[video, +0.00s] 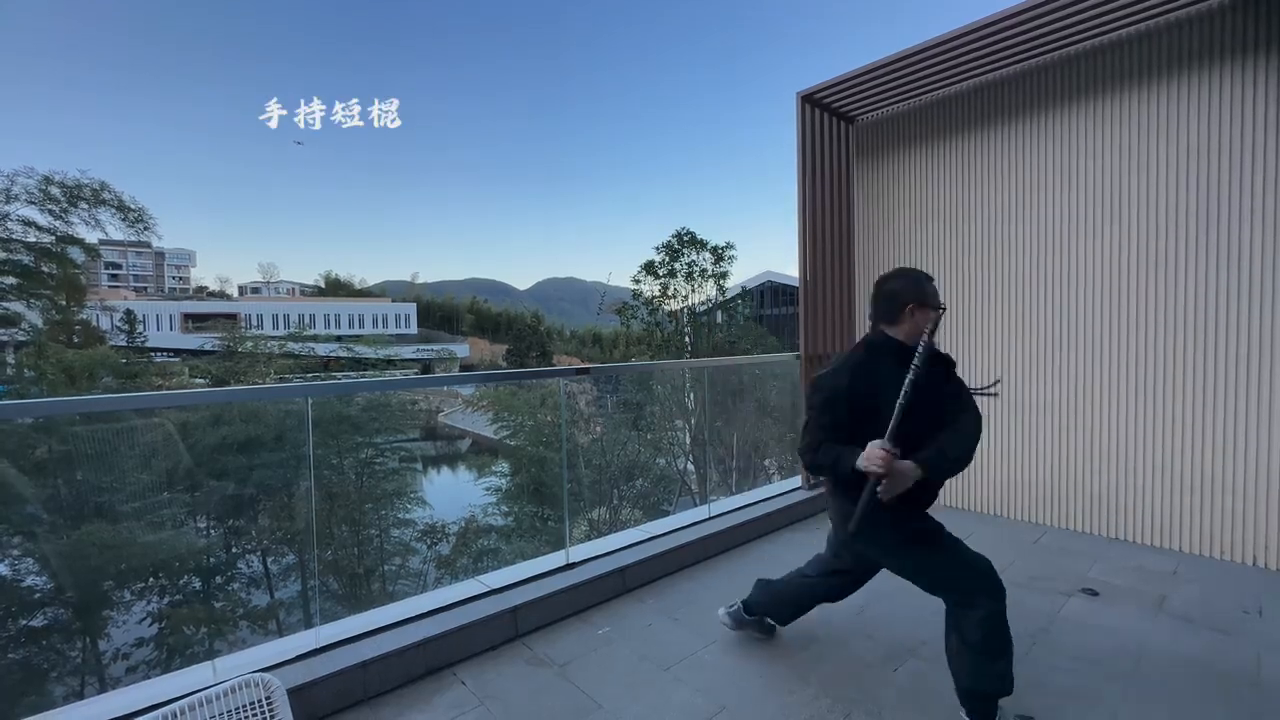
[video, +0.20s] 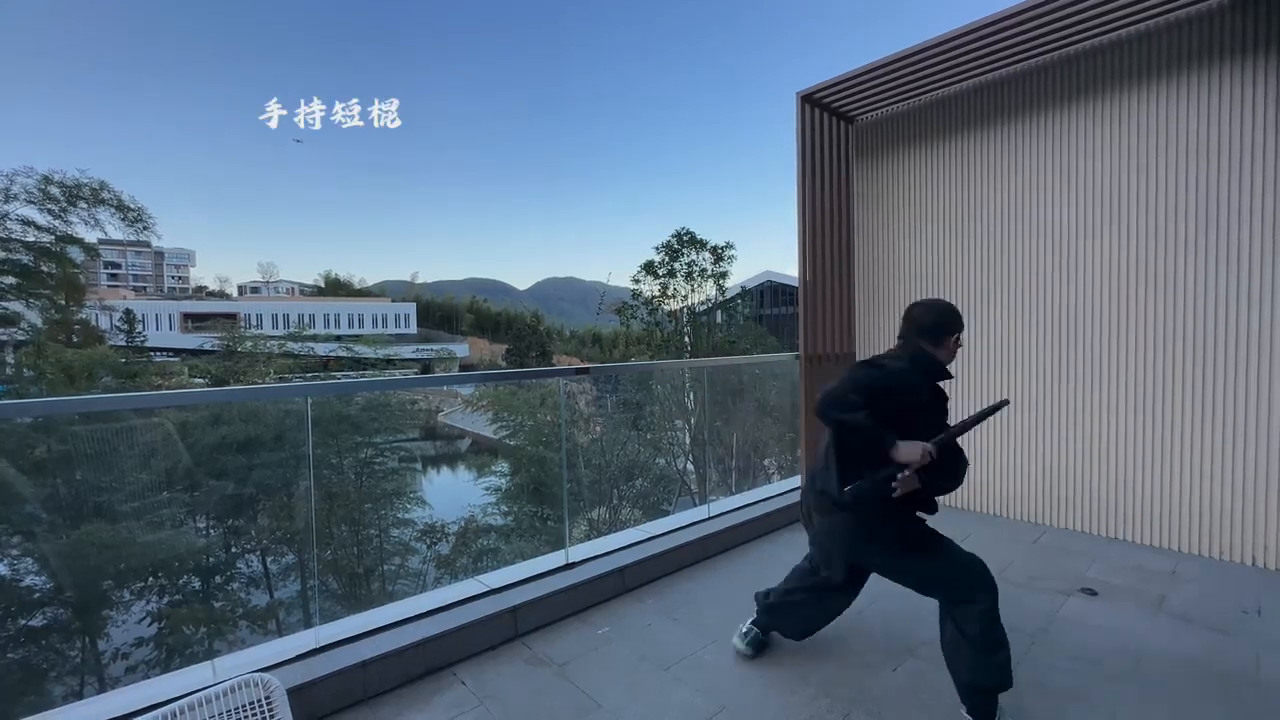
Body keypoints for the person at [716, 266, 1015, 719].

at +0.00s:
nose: (937, 319)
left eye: (938, 311)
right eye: (933, 311)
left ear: (903, 313)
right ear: (909, 312)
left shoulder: (934, 367)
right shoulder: (847, 374)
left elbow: (967, 428)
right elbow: (813, 451)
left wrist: (919, 467)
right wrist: (856, 458)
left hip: (897, 507)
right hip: (865, 515)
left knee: (830, 576)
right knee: (976, 583)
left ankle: (754, 610)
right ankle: (983, 709)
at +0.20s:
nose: (958, 348)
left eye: (958, 340)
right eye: (955, 340)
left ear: (913, 336)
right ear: (938, 342)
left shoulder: (925, 395)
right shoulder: (889, 372)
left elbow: (954, 464)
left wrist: (922, 479)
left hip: (830, 508)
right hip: (869, 518)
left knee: (831, 572)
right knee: (969, 580)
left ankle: (761, 623)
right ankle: (982, 708)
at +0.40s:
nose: (770, 353)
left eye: (770, 347)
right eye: (771, 346)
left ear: (777, 348)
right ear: (813, 337)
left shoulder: (773, 396)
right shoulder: (860, 360)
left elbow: (811, 436)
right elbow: (930, 371)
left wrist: (880, 421)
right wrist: (897, 400)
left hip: (803, 518)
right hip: (878, 516)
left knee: (756, 549)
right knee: (934, 597)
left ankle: (736, 627)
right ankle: (984, 703)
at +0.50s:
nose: (744, 361)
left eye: (743, 354)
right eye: (743, 354)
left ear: (751, 353)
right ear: (783, 340)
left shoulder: (749, 393)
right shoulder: (823, 359)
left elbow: (752, 442)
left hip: (806, 514)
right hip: (872, 510)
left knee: (748, 543)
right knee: (923, 604)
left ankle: (735, 627)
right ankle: (991, 706)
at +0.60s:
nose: (751, 354)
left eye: (752, 348)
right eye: (751, 347)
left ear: (760, 351)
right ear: (792, 341)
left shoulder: (761, 385)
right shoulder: (827, 364)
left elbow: (728, 408)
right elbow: (791, 371)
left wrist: (725, 372)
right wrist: (752, 365)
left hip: (814, 516)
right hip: (880, 513)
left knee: (752, 538)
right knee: (925, 601)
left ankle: (737, 626)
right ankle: (998, 700)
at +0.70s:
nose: (782, 343)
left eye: (782, 336)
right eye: (782, 336)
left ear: (793, 337)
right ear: (826, 330)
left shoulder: (791, 383)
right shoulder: (861, 359)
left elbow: (764, 422)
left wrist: (773, 374)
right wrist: (788, 363)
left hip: (830, 518)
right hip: (894, 516)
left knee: (759, 544)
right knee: (922, 600)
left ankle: (737, 626)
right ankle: (997, 689)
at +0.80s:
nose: (832, 336)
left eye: (833, 326)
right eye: (830, 328)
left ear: (853, 322)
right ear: (882, 319)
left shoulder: (868, 365)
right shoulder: (922, 354)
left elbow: (798, 384)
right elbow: (838, 370)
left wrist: (787, 343)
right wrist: (793, 344)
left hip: (884, 513)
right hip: (943, 513)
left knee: (809, 568)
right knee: (929, 607)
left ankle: (745, 624)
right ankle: (1008, 704)